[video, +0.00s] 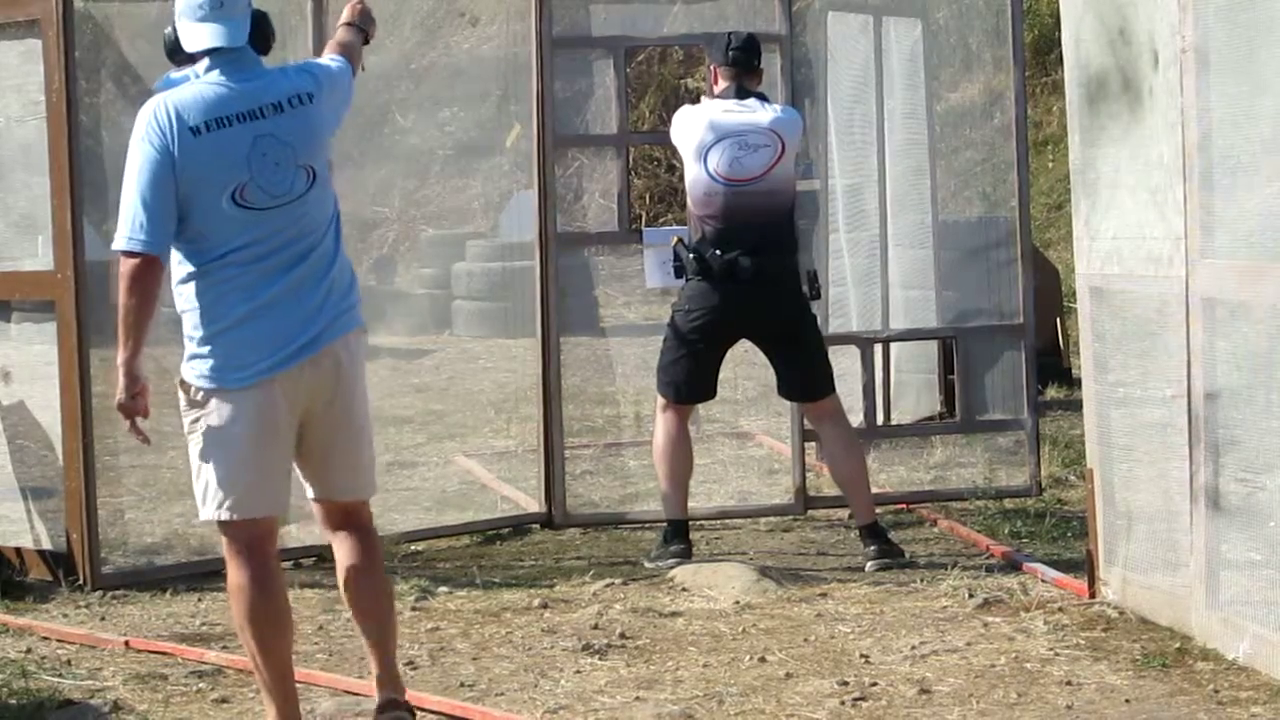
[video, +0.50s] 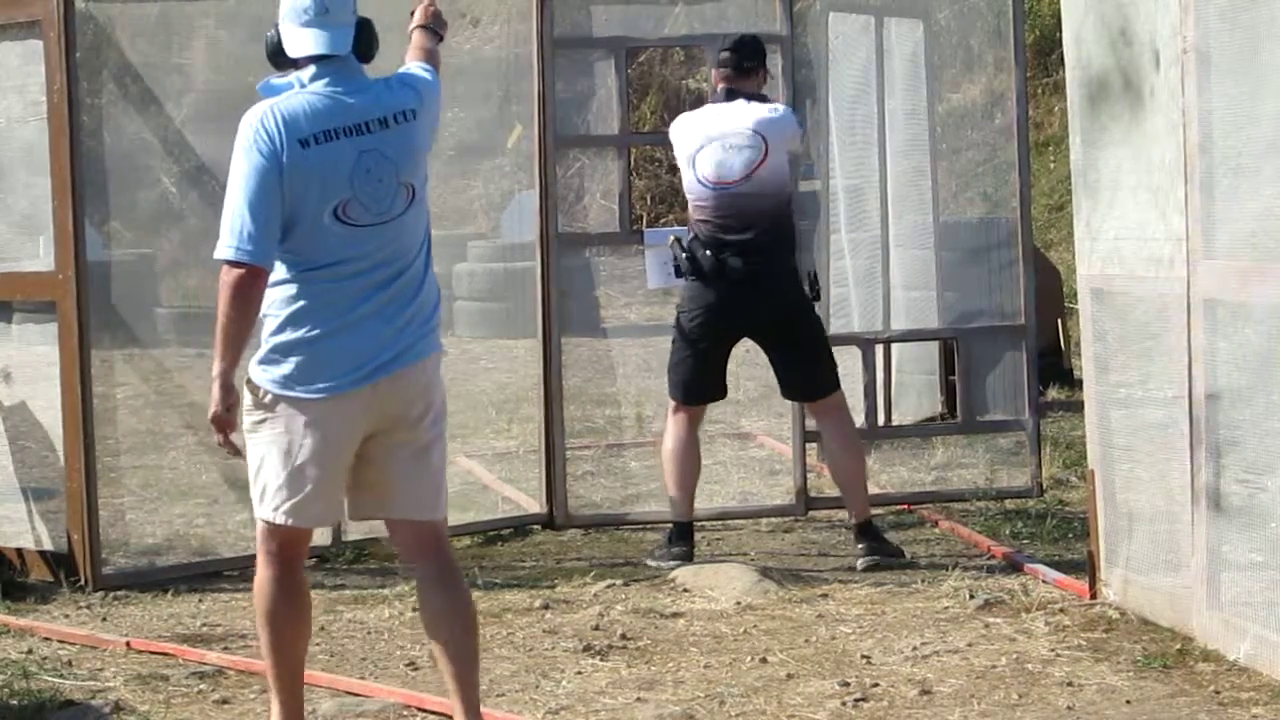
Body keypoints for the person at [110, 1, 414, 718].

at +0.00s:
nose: (172, 57)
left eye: (175, 47)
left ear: (180, 48)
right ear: (256, 35)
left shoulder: (164, 117)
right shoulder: (310, 89)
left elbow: (141, 259)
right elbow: (341, 53)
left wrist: (129, 363)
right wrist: (353, 24)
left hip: (232, 363)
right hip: (332, 335)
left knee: (251, 550)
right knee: (349, 516)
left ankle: (284, 709)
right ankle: (390, 687)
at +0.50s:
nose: (283, 63)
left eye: (281, 50)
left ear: (283, 53)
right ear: (361, 44)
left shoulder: (270, 126)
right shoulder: (409, 101)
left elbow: (245, 269)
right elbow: (422, 62)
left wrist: (223, 378)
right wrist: (426, 26)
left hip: (304, 372)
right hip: (409, 359)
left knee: (282, 554)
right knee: (429, 547)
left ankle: (286, 711)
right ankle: (470, 711)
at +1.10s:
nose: (359, 60)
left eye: (359, 46)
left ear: (363, 47)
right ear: (440, 37)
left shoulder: (346, 110)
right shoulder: (490, 97)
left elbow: (318, 253)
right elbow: (525, 59)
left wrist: (297, 367)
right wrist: (540, 22)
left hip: (382, 370)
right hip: (488, 361)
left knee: (371, 558)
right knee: (478, 557)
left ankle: (408, 713)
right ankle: (487, 715)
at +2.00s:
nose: (378, 62)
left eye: (380, 48)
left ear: (387, 49)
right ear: (469, 41)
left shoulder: (366, 119)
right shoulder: (524, 101)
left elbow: (334, 269)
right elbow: (548, 69)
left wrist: (311, 383)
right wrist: (551, 32)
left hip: (409, 388)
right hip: (518, 375)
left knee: (400, 583)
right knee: (536, 565)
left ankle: (410, 714)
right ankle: (599, 710)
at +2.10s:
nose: (403, 66)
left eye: (405, 52)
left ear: (413, 52)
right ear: (496, 46)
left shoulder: (395, 122)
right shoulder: (548, 102)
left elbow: (364, 275)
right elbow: (558, 73)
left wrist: (340, 388)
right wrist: (553, 38)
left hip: (435, 394)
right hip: (546, 379)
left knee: (412, 586)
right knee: (567, 578)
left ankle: (416, 713)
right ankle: (629, 713)